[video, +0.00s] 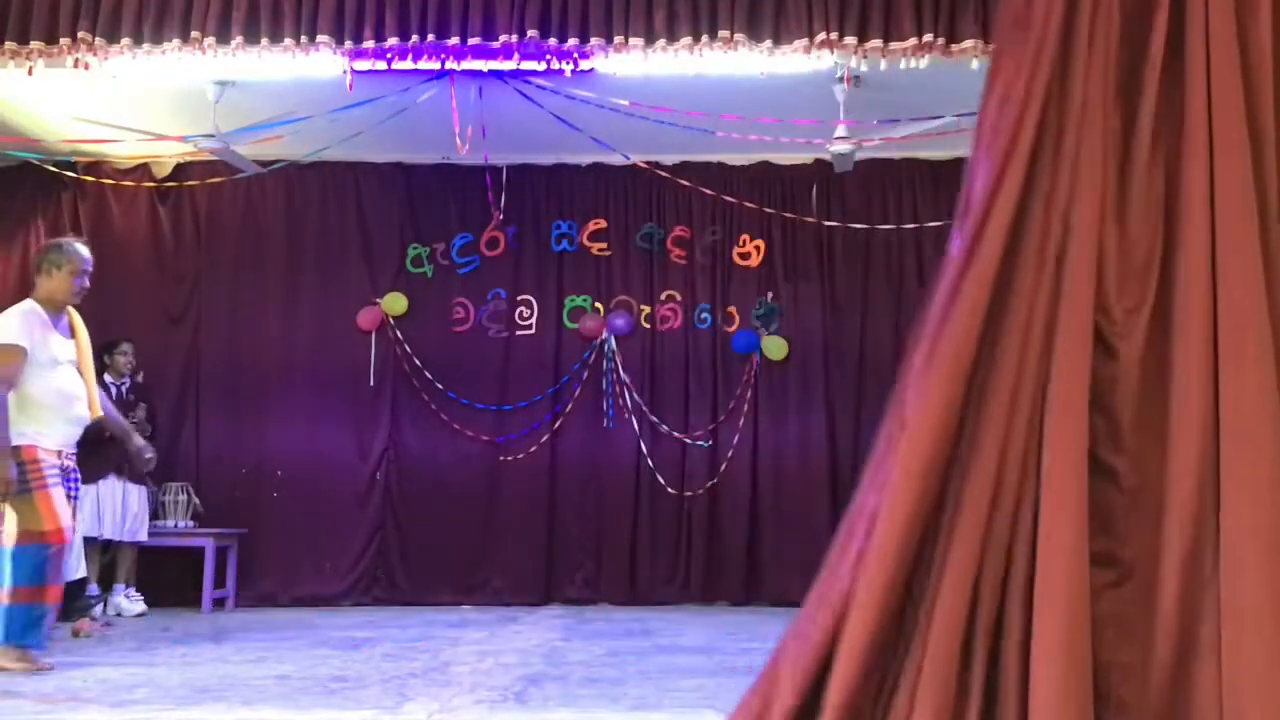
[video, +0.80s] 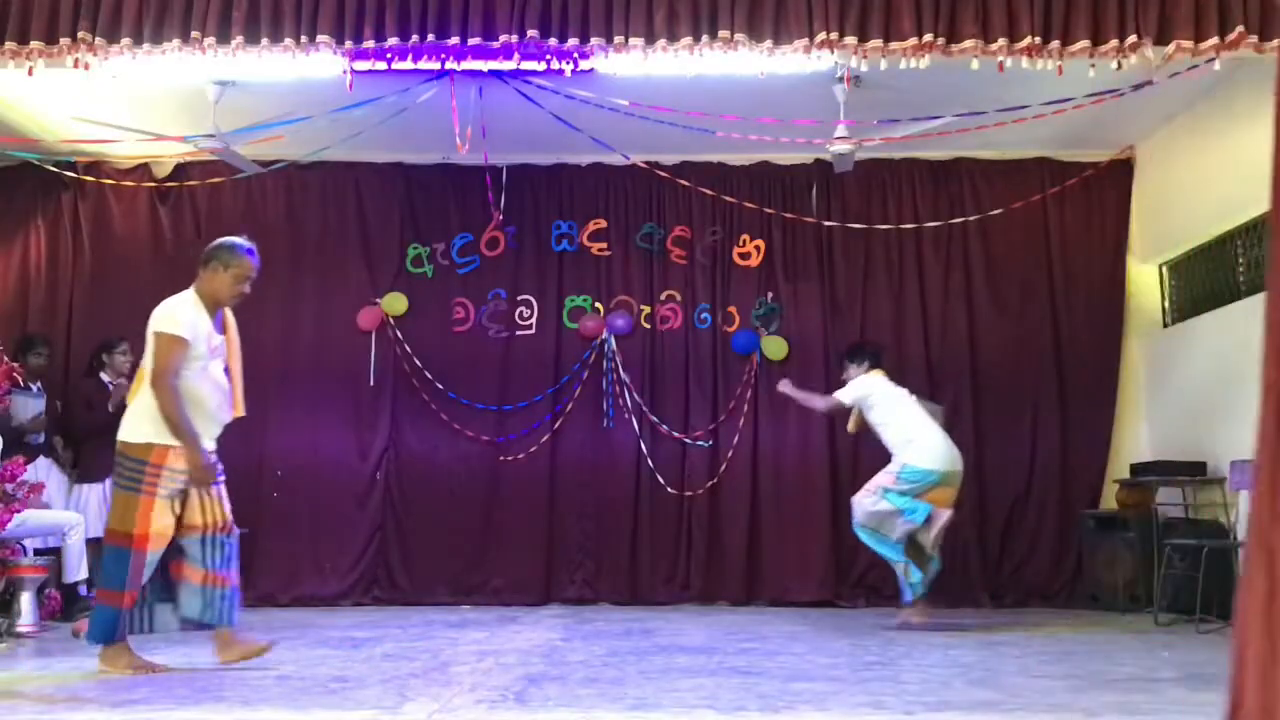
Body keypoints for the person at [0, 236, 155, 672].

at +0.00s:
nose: (85, 284)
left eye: (88, 276)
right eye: (78, 275)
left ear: (79, 279)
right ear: (47, 272)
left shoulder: (70, 324)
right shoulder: (19, 319)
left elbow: (86, 393)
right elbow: (4, 385)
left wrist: (128, 436)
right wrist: (3, 455)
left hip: (62, 449)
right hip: (27, 446)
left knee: (49, 539)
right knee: (55, 533)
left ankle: (23, 642)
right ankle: (16, 643)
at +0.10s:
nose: (100, 284)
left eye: (102, 276)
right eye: (93, 275)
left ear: (91, 277)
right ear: (63, 271)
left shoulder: (85, 325)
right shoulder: (33, 318)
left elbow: (104, 388)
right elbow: (8, 389)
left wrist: (149, 427)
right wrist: (13, 456)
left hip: (73, 453)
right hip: (41, 449)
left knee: (40, 542)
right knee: (68, 532)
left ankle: (16, 643)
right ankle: (49, 641)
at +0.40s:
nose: (156, 292)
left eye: (159, 284)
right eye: (149, 282)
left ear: (152, 285)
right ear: (120, 279)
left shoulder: (140, 329)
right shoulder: (85, 325)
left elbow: (150, 399)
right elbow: (63, 396)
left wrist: (178, 444)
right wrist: (63, 464)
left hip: (115, 456)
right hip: (85, 452)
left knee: (61, 551)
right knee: (110, 546)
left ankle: (15, 638)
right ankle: (114, 651)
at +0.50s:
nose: (177, 299)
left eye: (181, 290)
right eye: (172, 288)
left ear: (167, 289)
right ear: (142, 281)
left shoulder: (152, 331)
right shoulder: (108, 325)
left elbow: (154, 400)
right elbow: (88, 397)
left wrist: (174, 453)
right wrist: (88, 465)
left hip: (131, 455)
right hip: (99, 452)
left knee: (105, 549)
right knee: (125, 545)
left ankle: (39, 626)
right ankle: (117, 653)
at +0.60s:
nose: (199, 301)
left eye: (203, 293)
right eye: (192, 291)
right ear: (163, 283)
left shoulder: (173, 334)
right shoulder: (129, 327)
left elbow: (165, 406)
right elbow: (112, 399)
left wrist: (162, 462)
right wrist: (120, 466)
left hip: (152, 456)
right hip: (114, 453)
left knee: (171, 543)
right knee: (133, 543)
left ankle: (121, 639)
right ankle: (115, 653)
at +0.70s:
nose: (223, 296)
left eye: (227, 288)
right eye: (217, 284)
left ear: (218, 286)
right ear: (188, 275)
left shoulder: (192, 326)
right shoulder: (153, 318)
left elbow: (185, 393)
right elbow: (135, 387)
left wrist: (180, 451)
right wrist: (158, 456)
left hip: (172, 448)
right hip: (130, 448)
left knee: (196, 532)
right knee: (128, 542)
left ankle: (158, 633)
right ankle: (112, 648)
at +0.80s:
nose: (246, 289)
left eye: (251, 281)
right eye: (240, 278)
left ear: (241, 280)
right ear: (210, 270)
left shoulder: (217, 321)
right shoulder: (178, 313)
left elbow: (207, 386)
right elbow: (161, 382)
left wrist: (205, 446)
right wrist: (195, 449)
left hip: (197, 446)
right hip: (156, 443)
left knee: (217, 532)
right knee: (135, 538)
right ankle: (113, 644)